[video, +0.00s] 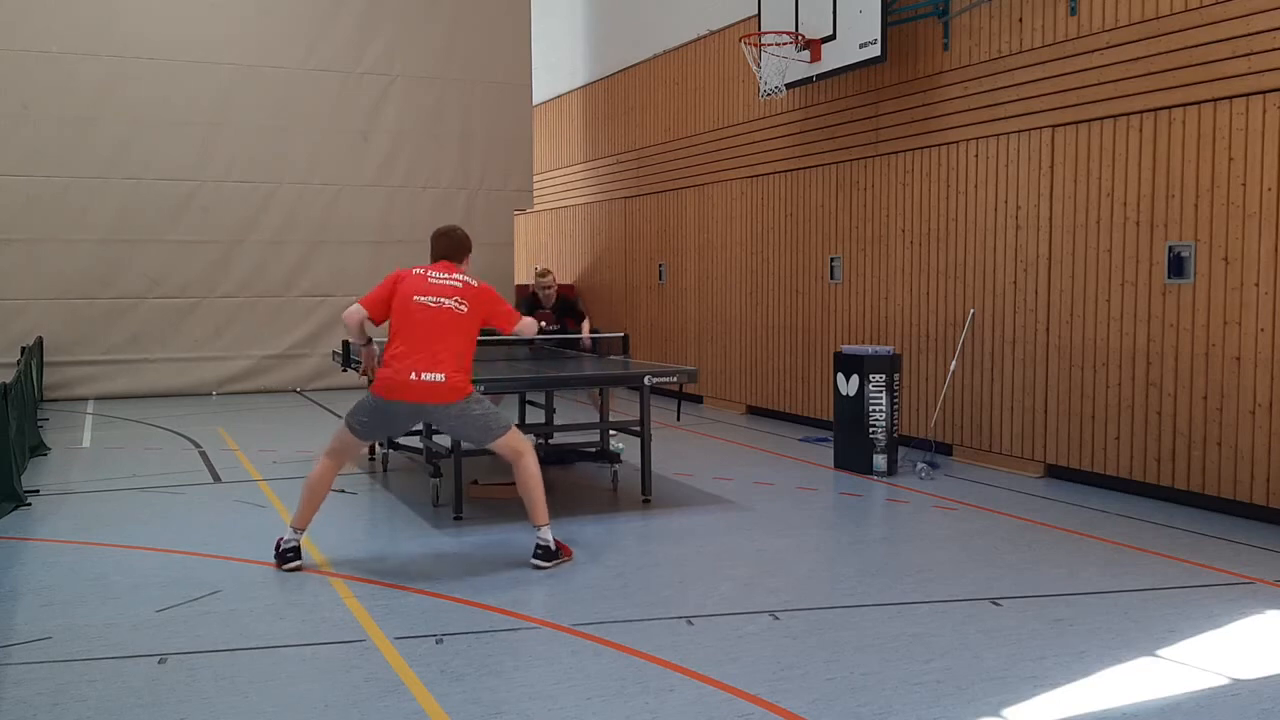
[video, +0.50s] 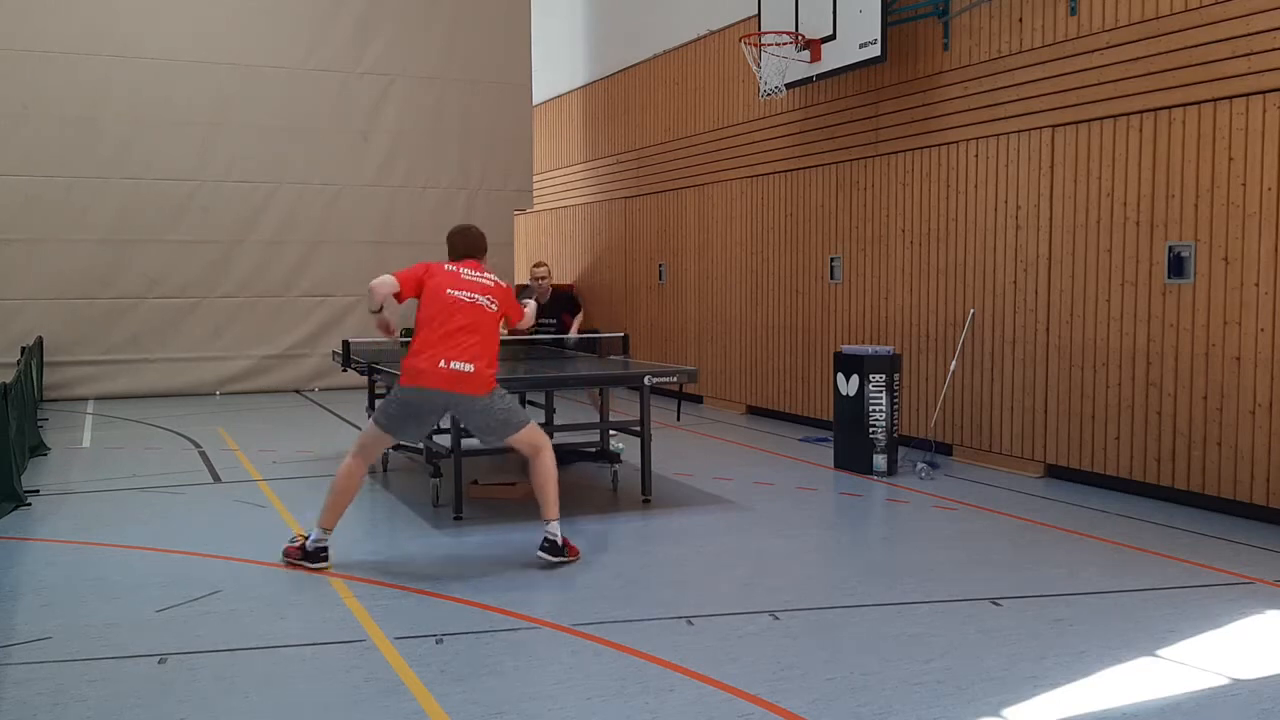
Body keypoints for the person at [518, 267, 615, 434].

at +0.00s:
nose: (547, 292)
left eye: (550, 287)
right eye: (543, 288)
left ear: (556, 285)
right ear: (535, 288)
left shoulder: (565, 301)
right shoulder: (528, 303)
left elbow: (584, 319)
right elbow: (520, 325)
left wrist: (585, 336)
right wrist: (534, 326)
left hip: (567, 351)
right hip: (536, 351)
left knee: (590, 383)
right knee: (505, 376)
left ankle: (606, 423)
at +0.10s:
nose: (553, 279)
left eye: (556, 274)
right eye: (548, 275)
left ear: (561, 274)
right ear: (541, 276)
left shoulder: (569, 292)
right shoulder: (533, 292)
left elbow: (583, 312)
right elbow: (514, 308)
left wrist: (586, 327)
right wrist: (512, 309)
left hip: (565, 348)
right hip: (536, 348)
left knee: (592, 382)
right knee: (503, 375)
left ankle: (607, 428)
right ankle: (478, 418)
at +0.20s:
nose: (552, 271)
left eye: (556, 267)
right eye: (548, 267)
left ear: (561, 268)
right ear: (541, 269)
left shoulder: (569, 289)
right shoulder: (531, 287)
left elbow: (584, 308)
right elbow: (506, 303)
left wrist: (586, 325)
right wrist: (515, 306)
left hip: (563, 346)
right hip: (534, 346)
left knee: (590, 380)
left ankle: (607, 426)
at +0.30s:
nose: (547, 271)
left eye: (551, 267)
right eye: (543, 268)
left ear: (557, 268)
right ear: (537, 269)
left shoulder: (568, 290)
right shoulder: (526, 289)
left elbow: (580, 313)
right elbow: (503, 305)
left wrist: (583, 326)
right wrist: (517, 307)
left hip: (562, 349)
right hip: (531, 348)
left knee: (591, 377)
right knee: (505, 379)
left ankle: (606, 423)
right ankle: (481, 419)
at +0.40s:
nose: (543, 274)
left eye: (547, 270)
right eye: (539, 270)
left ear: (553, 270)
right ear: (534, 272)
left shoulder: (566, 291)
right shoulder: (523, 291)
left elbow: (578, 312)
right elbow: (504, 312)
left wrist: (577, 327)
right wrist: (518, 331)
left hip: (562, 348)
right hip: (530, 348)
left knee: (590, 380)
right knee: (500, 378)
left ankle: (607, 428)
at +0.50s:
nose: (540, 282)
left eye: (543, 278)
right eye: (536, 279)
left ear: (550, 279)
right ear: (530, 281)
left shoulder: (563, 296)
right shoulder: (525, 298)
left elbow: (578, 312)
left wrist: (573, 331)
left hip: (563, 349)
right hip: (535, 349)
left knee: (589, 381)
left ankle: (606, 422)